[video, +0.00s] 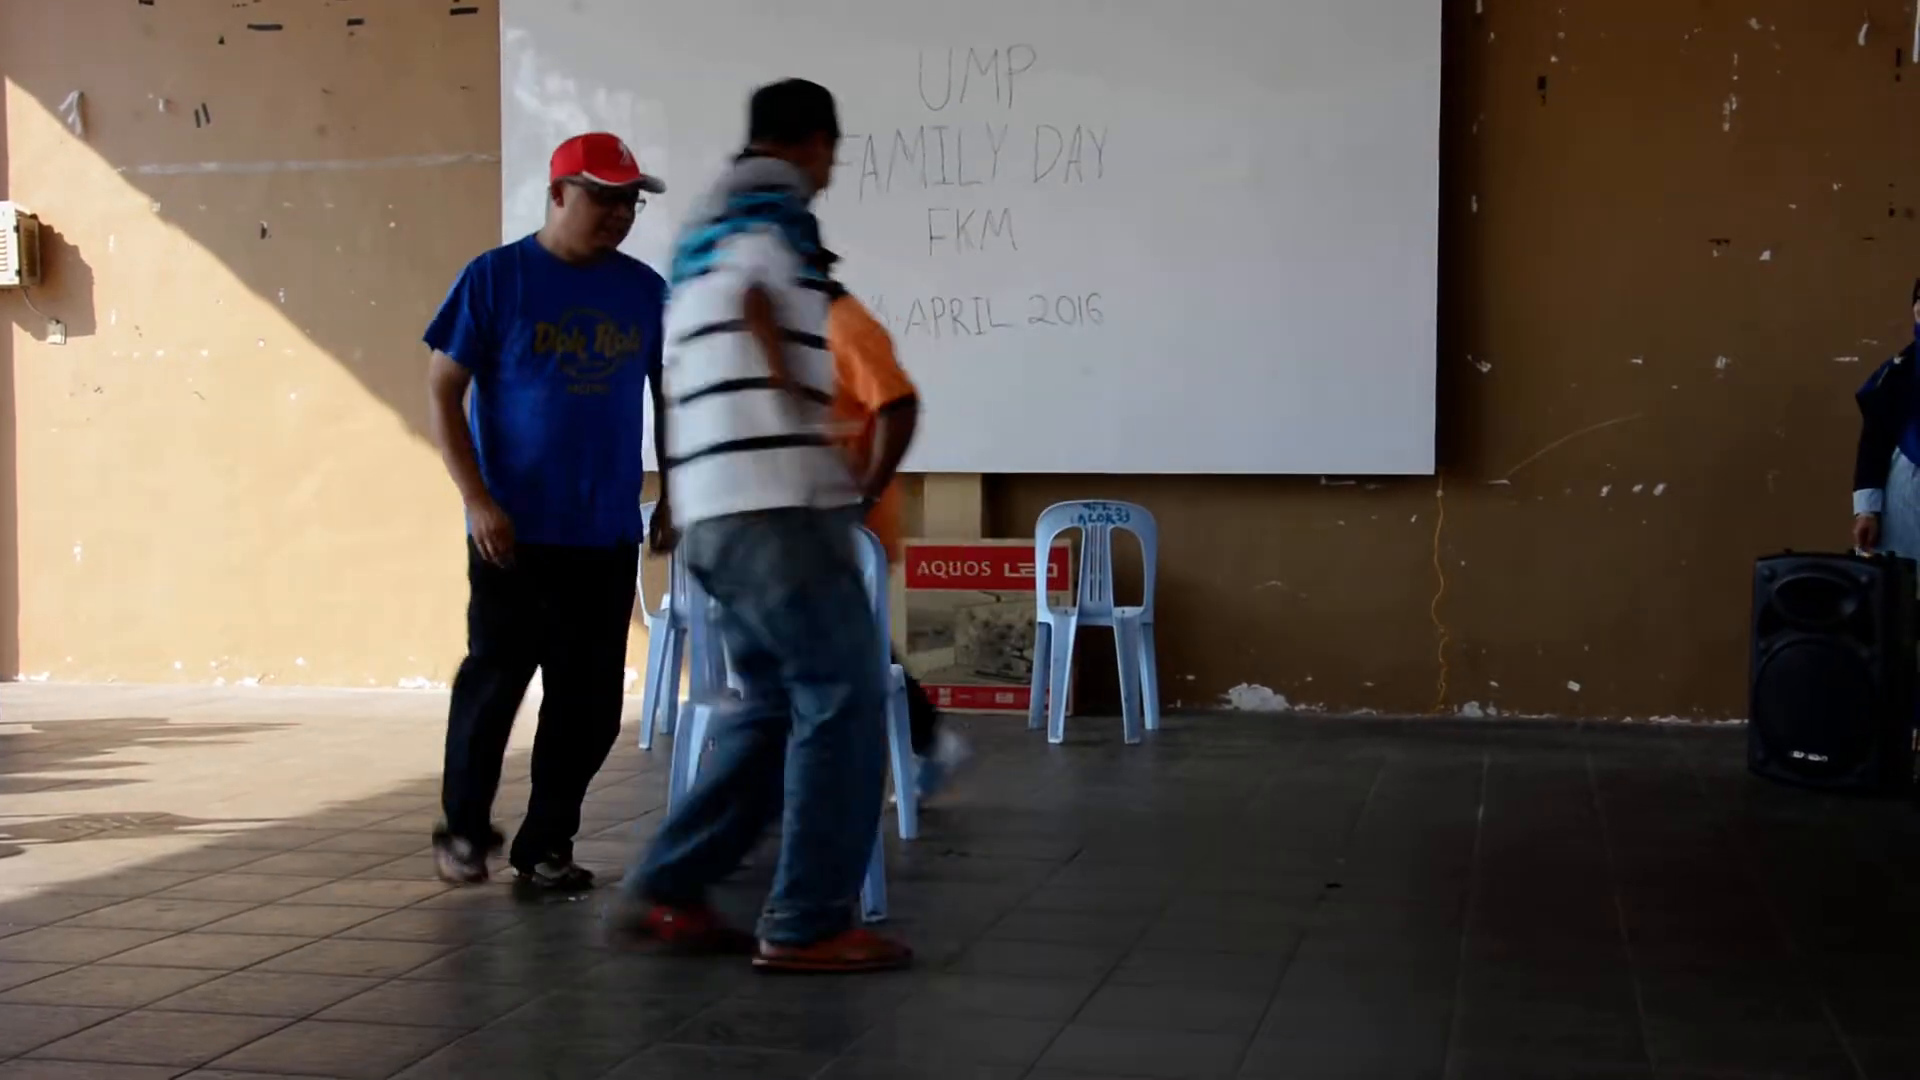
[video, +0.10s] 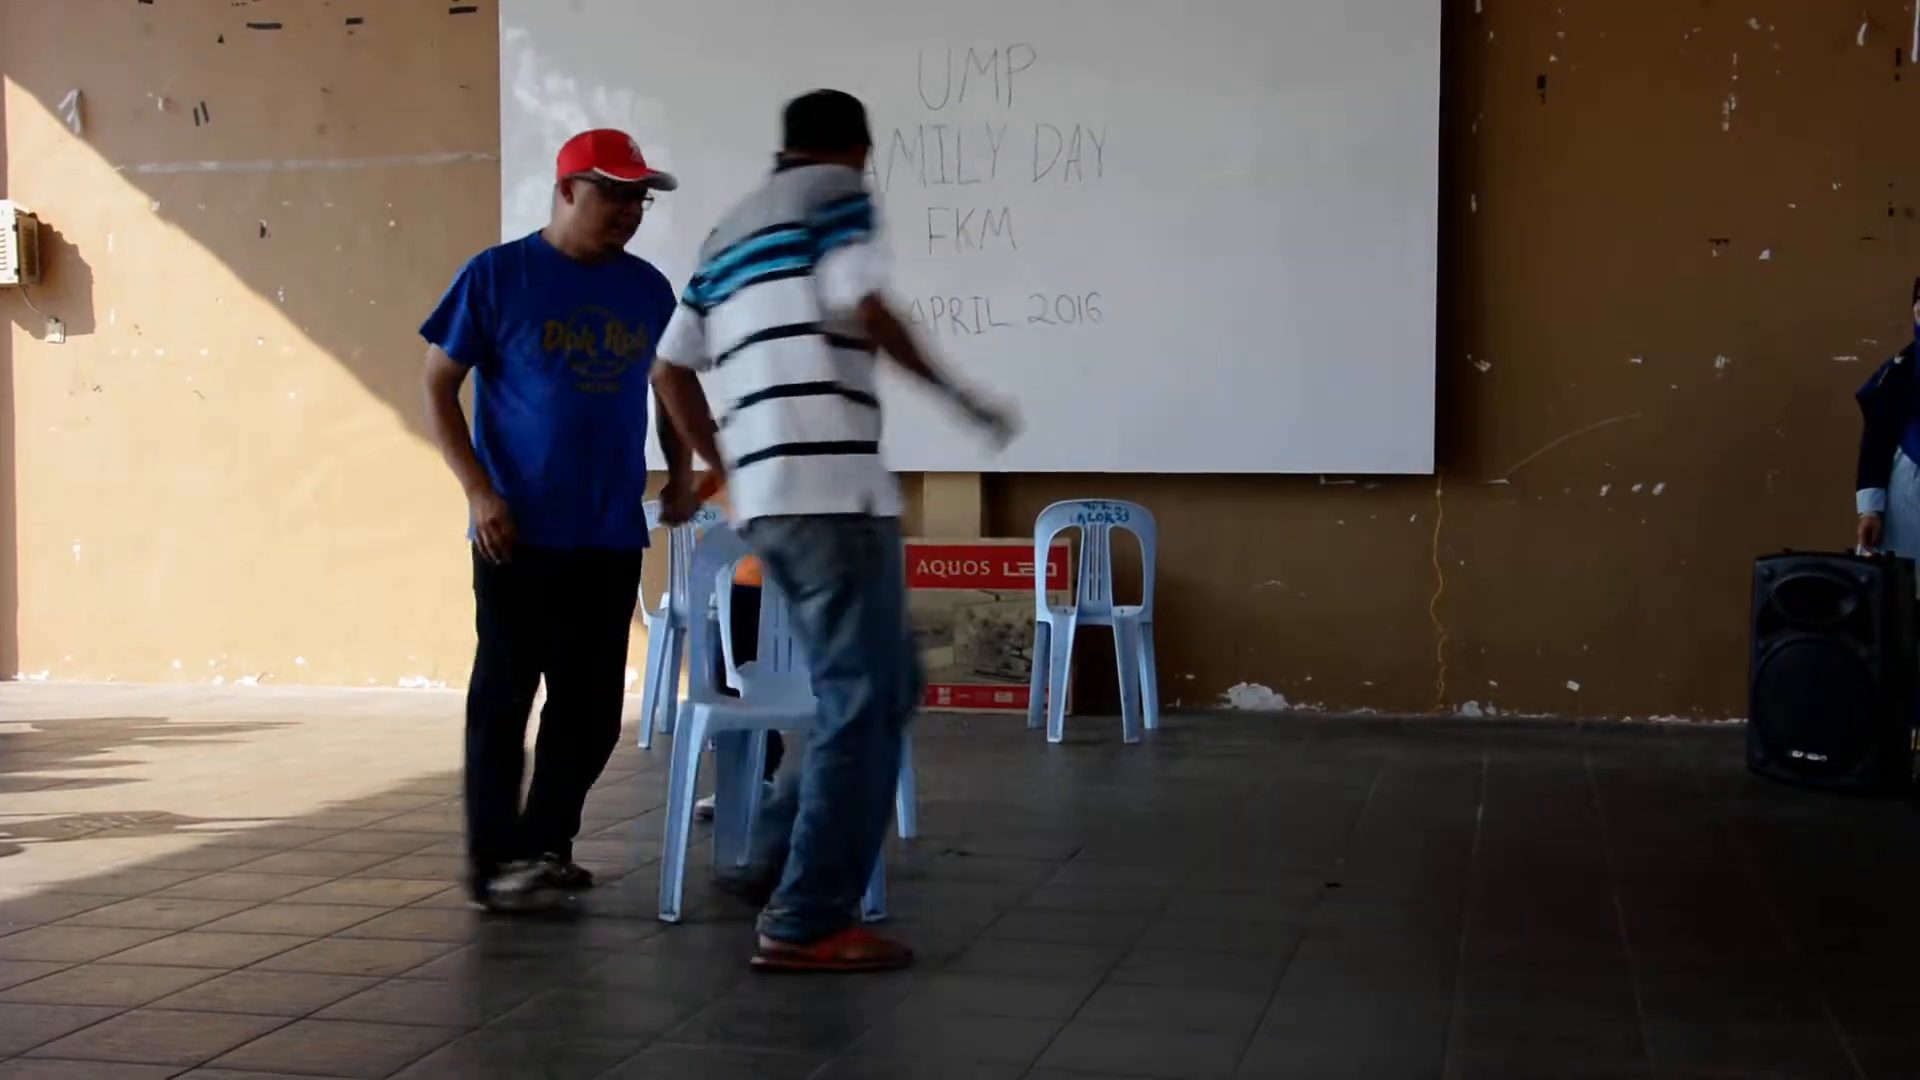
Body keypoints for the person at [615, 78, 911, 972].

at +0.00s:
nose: (834, 166)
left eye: (834, 151)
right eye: (832, 150)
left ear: (755, 141)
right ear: (812, 144)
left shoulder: (702, 239)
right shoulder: (780, 218)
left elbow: (690, 381)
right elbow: (755, 308)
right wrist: (821, 431)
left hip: (709, 516)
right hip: (773, 509)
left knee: (769, 701)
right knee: (845, 697)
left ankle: (667, 888)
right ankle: (808, 921)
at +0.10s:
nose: (865, 168)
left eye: (859, 156)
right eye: (864, 156)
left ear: (786, 147)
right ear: (854, 148)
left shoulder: (724, 232)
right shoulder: (838, 188)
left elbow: (670, 370)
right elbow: (863, 307)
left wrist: (717, 466)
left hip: (764, 498)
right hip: (825, 491)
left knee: (877, 680)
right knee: (868, 696)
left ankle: (774, 857)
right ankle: (808, 921)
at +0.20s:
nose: (896, 160)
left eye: (886, 149)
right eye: (894, 149)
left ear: (814, 150)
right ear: (887, 143)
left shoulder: (755, 226)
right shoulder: (895, 179)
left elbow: (673, 339)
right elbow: (950, 300)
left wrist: (725, 459)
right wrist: (994, 341)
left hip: (806, 489)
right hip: (879, 479)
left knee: (927, 678)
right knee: (895, 681)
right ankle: (819, 900)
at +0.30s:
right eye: (911, 154)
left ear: (836, 162)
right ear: (917, 152)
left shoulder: (787, 228)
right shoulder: (942, 190)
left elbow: (727, 342)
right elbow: (995, 305)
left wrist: (772, 452)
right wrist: (992, 362)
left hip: (843, 496)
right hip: (933, 479)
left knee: (927, 696)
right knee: (985, 677)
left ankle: (961, 897)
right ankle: (877, 840)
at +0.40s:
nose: (856, 183)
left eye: (854, 171)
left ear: (860, 173)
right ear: (936, 162)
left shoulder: (822, 241)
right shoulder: (981, 207)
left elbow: (795, 381)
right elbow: (1035, 325)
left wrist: (848, 447)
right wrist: (1018, 415)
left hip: (878, 509)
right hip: (979, 495)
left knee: (939, 705)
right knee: (1038, 663)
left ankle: (958, 898)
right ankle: (993, 826)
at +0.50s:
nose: (864, 191)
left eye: (864, 180)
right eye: (868, 181)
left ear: (877, 176)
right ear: (944, 164)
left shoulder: (849, 237)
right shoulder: (1010, 202)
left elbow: (819, 372)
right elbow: (1072, 298)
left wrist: (890, 404)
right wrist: (1062, 390)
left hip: (910, 503)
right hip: (1014, 489)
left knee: (948, 701)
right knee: (1060, 675)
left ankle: (959, 893)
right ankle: (1081, 875)